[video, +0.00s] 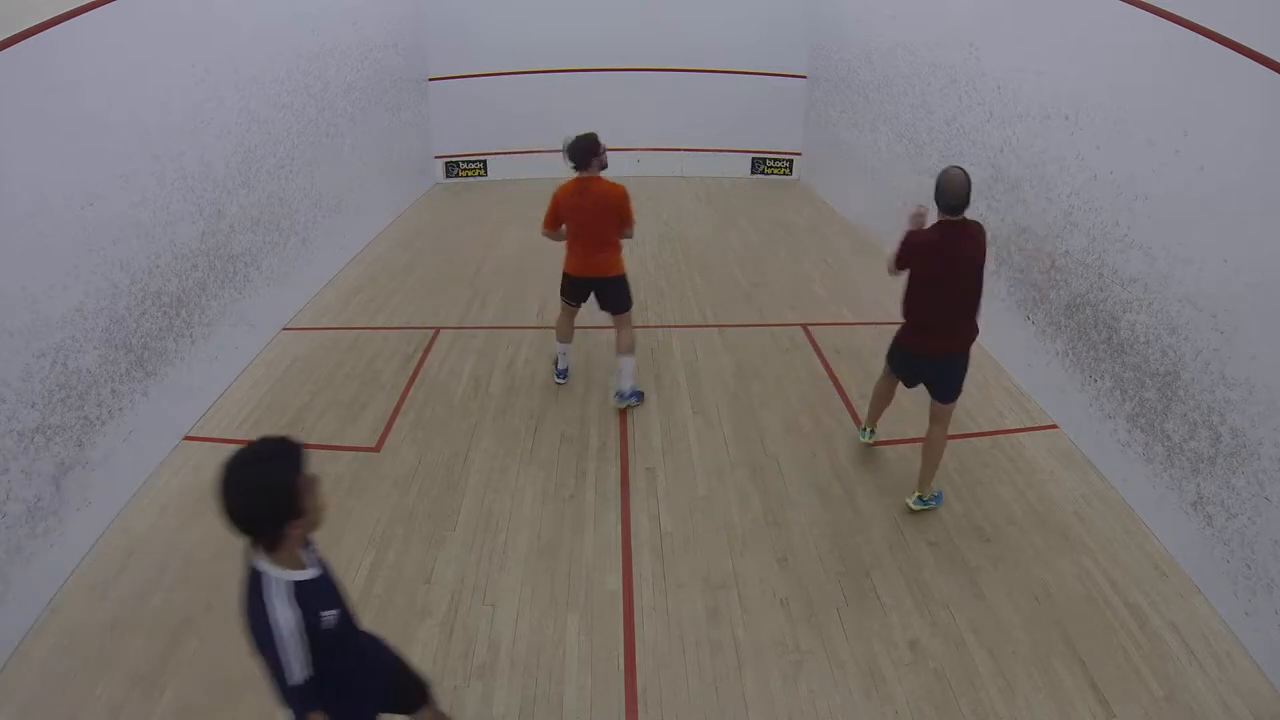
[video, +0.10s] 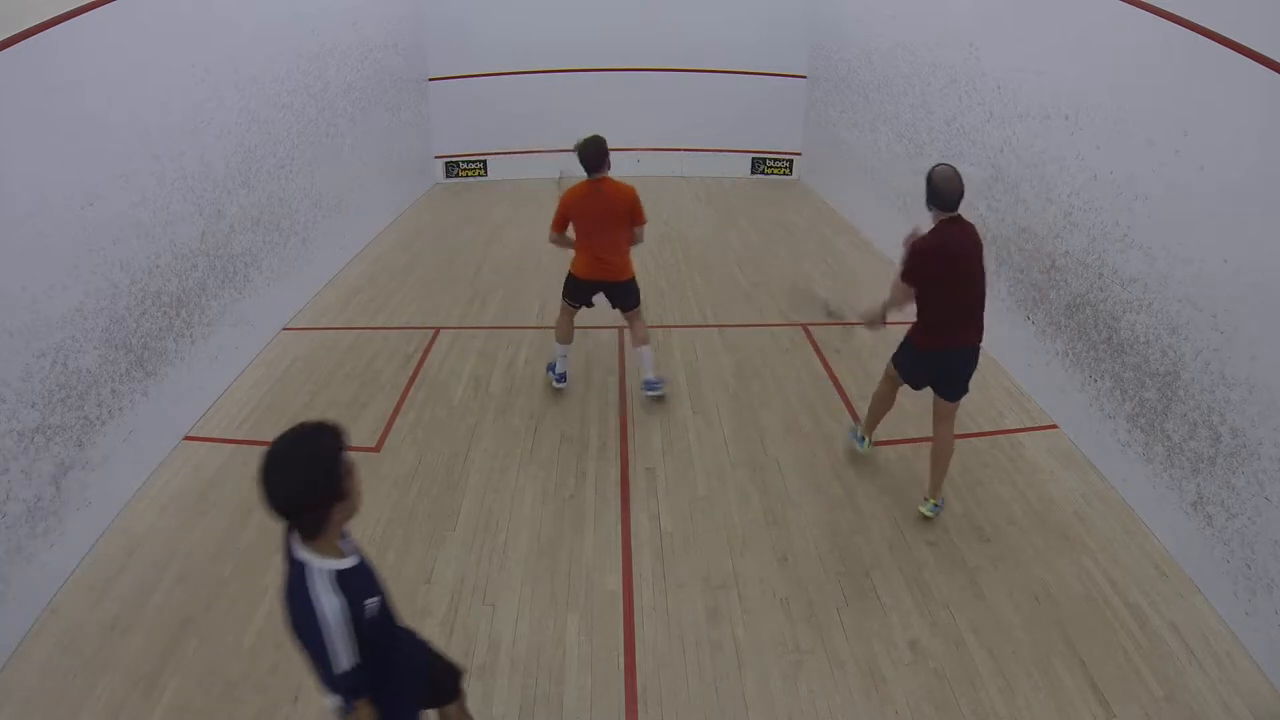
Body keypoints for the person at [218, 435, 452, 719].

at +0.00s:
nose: (316, 487)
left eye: (308, 482)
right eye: (306, 487)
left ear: (291, 522)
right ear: (293, 518)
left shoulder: (296, 550)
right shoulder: (278, 608)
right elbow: (302, 699)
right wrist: (311, 712)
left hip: (354, 651)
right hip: (331, 690)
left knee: (418, 698)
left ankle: (432, 714)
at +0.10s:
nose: (356, 474)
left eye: (350, 469)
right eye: (349, 473)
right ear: (335, 505)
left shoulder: (316, 535)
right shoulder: (323, 601)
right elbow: (353, 694)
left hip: (391, 643)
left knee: (446, 681)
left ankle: (455, 712)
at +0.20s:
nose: (385, 470)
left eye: (380, 461)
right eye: (380, 464)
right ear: (369, 485)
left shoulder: (341, 525)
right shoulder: (361, 592)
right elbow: (390, 692)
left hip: (432, 645)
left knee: (466, 677)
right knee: (459, 709)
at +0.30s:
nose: (414, 452)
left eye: (410, 443)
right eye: (411, 448)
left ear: (346, 477)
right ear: (409, 475)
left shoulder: (355, 518)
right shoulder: (401, 588)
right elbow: (425, 692)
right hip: (461, 699)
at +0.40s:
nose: (446, 447)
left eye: (439, 440)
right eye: (442, 445)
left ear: (377, 479)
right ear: (444, 473)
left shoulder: (377, 514)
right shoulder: (446, 588)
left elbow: (364, 568)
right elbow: (468, 693)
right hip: (488, 695)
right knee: (546, 712)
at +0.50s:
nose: (484, 453)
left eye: (476, 446)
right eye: (478, 448)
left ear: (409, 477)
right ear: (480, 474)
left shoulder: (400, 526)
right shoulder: (484, 590)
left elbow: (376, 588)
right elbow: (513, 696)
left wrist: (431, 606)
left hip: (457, 682)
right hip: (510, 701)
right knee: (567, 712)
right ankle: (622, 717)